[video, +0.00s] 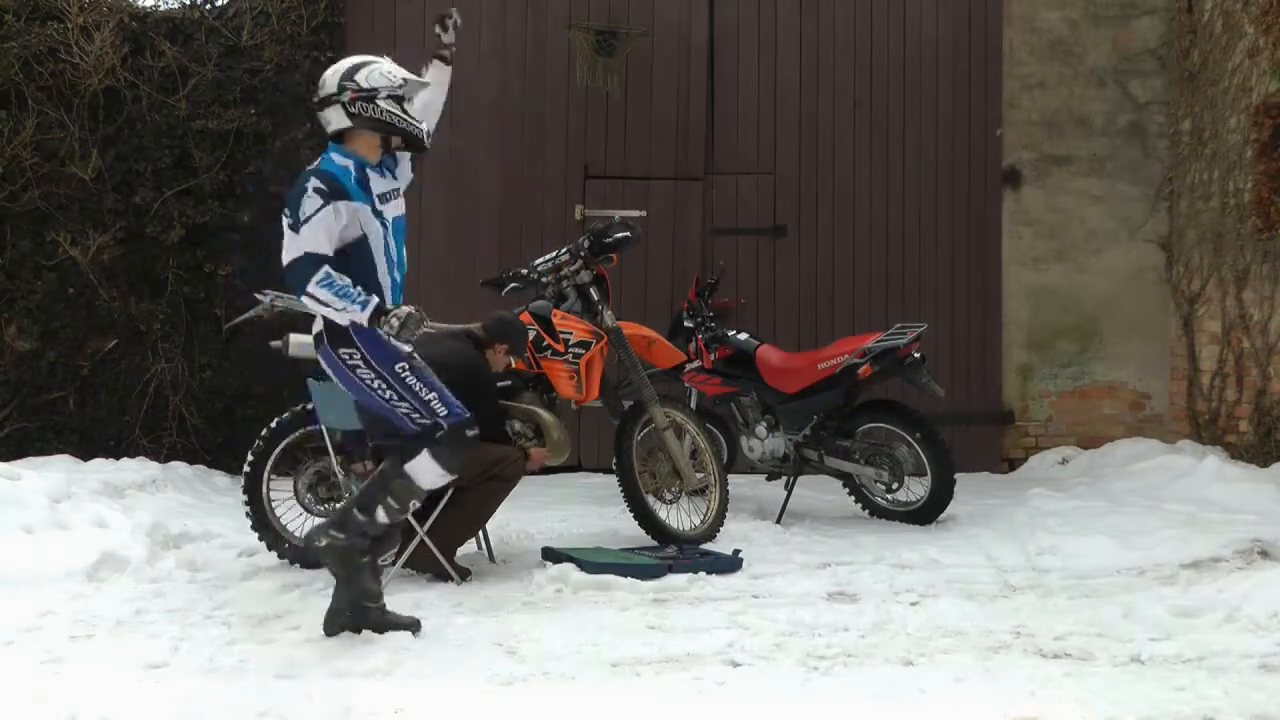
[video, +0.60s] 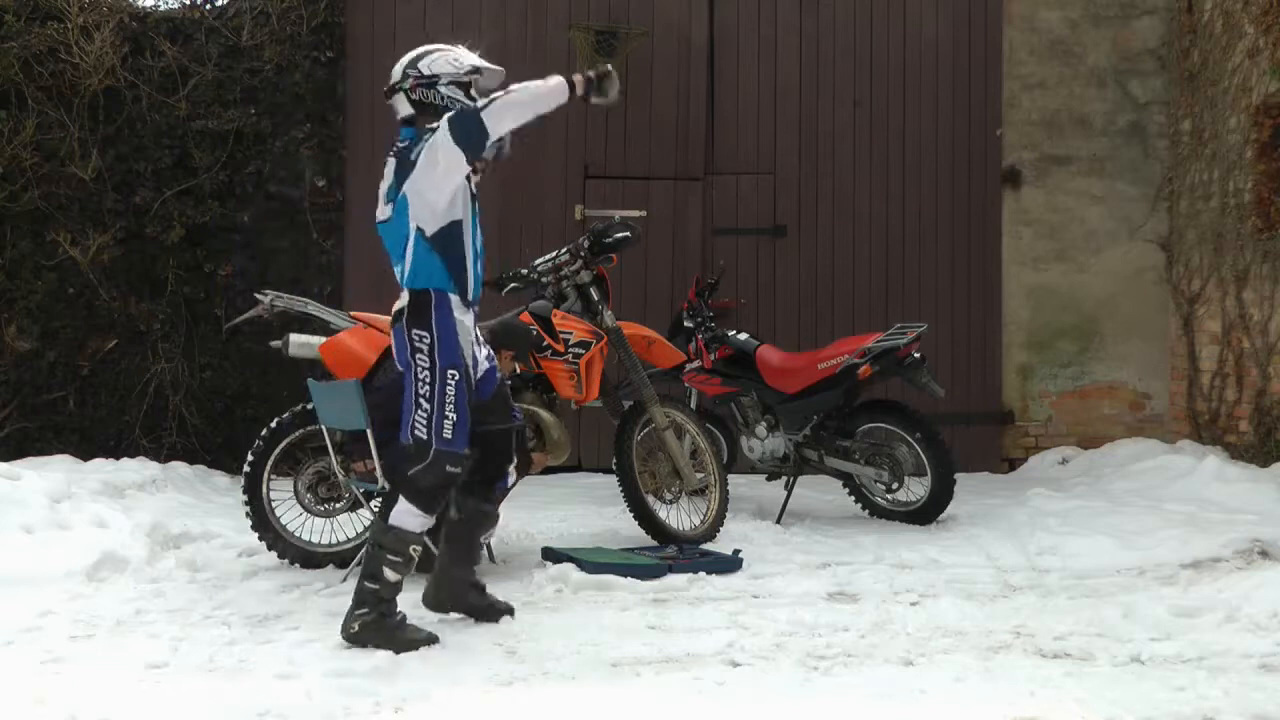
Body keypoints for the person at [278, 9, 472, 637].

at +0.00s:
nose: (402, 115)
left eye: (401, 105)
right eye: (393, 104)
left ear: (363, 110)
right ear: (363, 109)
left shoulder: (385, 166)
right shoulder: (325, 181)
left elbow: (419, 122)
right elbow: (304, 272)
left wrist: (441, 60)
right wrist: (380, 313)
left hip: (376, 331)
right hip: (347, 334)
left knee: (396, 457)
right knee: (455, 437)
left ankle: (357, 597)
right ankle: (360, 520)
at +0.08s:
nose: (411, 112)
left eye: (409, 102)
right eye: (400, 102)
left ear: (378, 113)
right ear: (365, 111)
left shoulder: (399, 167)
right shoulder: (327, 178)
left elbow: (440, 132)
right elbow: (294, 255)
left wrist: (481, 74)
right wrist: (356, 263)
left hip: (385, 324)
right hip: (355, 327)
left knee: (401, 457)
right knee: (469, 418)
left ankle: (352, 598)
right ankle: (386, 542)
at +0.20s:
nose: (419, 100)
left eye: (416, 91)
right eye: (407, 91)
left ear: (386, 100)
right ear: (377, 98)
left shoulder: (414, 160)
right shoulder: (345, 164)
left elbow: (460, 167)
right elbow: (305, 203)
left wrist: (512, 151)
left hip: (407, 318)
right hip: (383, 320)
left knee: (404, 465)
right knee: (452, 453)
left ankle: (353, 598)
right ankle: (385, 597)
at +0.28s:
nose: (423, 114)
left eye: (420, 104)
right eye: (413, 104)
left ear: (395, 112)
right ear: (384, 112)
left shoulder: (420, 176)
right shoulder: (358, 171)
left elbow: (459, 213)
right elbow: (332, 143)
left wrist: (507, 226)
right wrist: (366, 70)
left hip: (424, 323)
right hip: (392, 323)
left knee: (449, 457)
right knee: (420, 466)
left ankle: (364, 583)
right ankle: (372, 611)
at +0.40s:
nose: (449, 108)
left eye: (446, 99)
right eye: (438, 100)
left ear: (420, 112)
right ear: (402, 109)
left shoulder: (416, 178)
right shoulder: (391, 167)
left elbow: (423, 268)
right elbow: (413, 92)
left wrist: (478, 290)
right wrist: (417, 23)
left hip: (427, 329)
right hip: (395, 327)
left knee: (501, 438)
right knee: (432, 466)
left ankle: (425, 541)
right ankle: (367, 612)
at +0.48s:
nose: (458, 117)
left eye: (457, 107)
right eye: (447, 108)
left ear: (409, 112)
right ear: (414, 111)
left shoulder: (419, 175)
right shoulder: (402, 170)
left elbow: (420, 254)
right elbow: (445, 108)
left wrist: (474, 265)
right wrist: (480, 28)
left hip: (434, 328)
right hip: (405, 329)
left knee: (513, 424)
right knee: (432, 467)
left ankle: (440, 542)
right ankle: (368, 612)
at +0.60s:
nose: (480, 105)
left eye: (479, 95)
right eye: (471, 95)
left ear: (427, 100)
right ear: (438, 96)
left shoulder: (425, 154)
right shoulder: (432, 147)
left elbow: (419, 243)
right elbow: (497, 113)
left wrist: (473, 315)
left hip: (456, 318)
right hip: (432, 319)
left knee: (497, 442)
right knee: (436, 460)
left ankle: (453, 578)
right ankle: (370, 608)